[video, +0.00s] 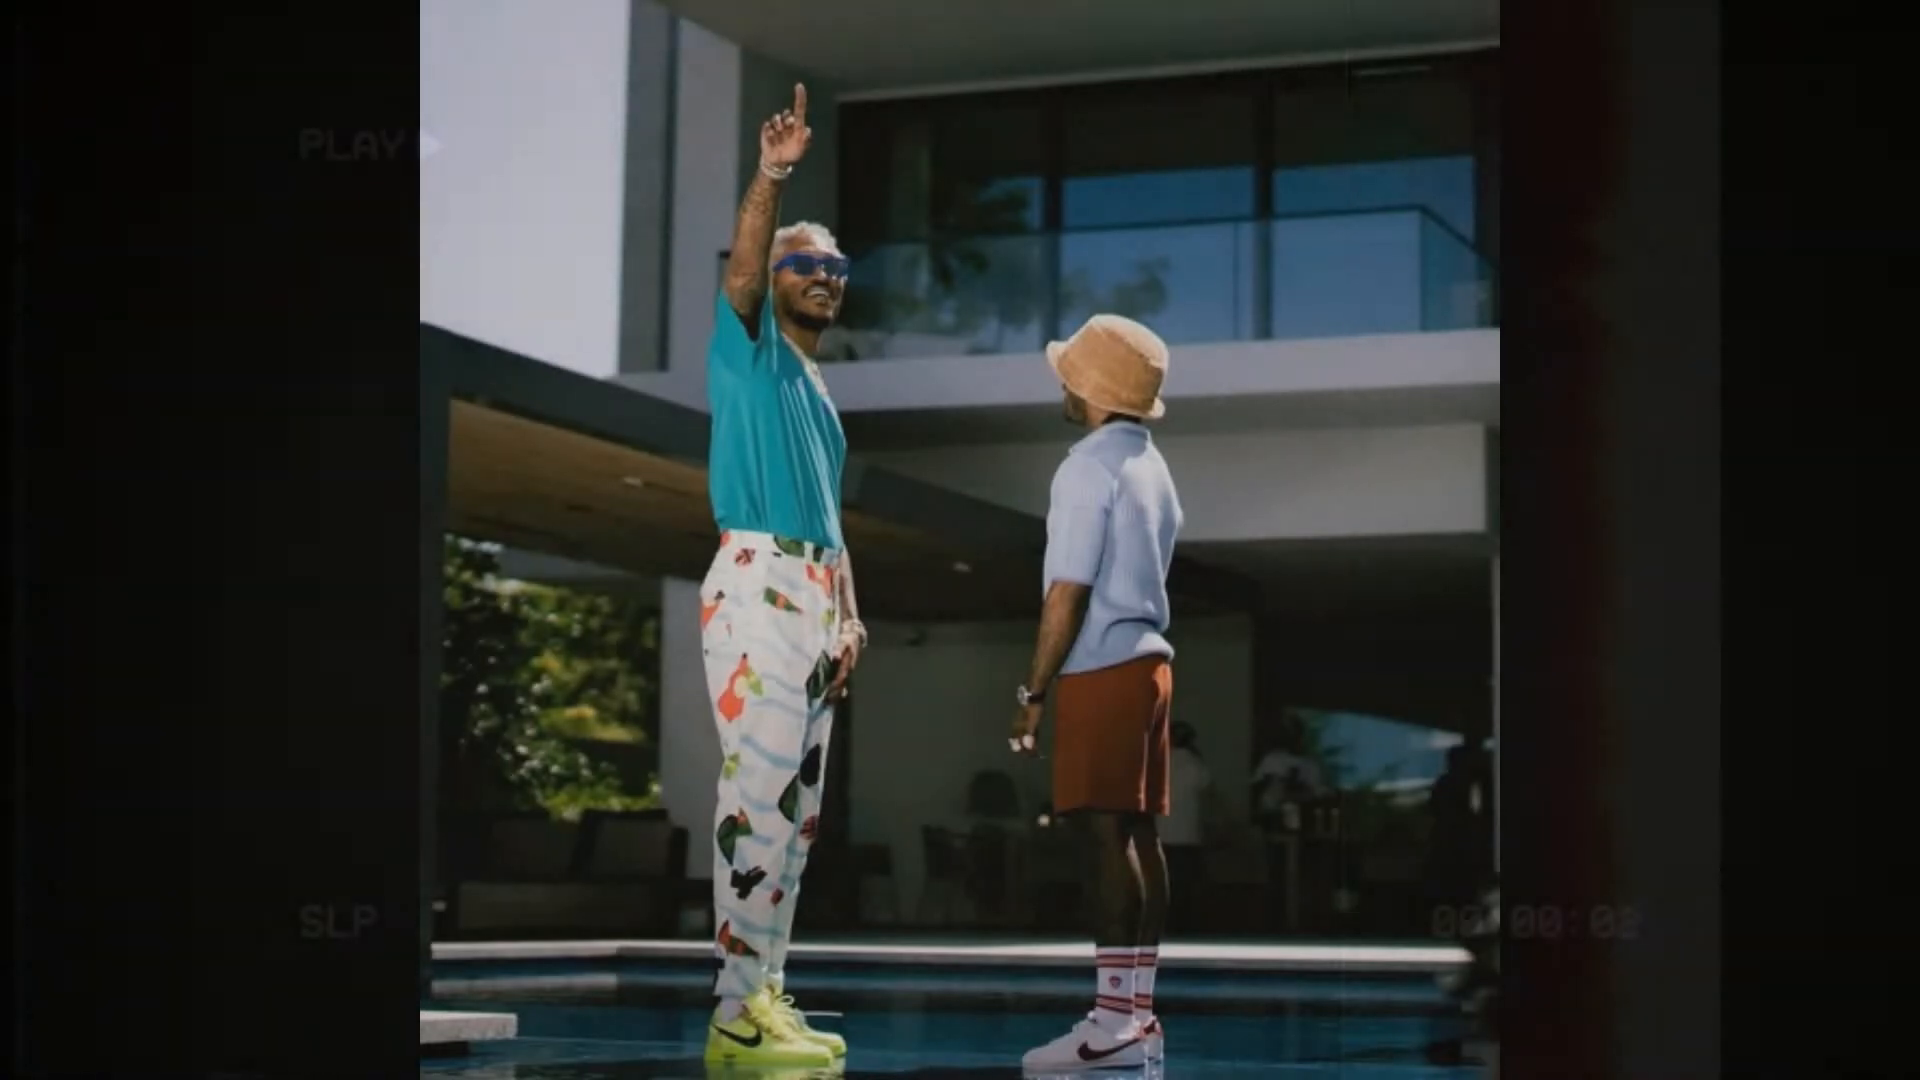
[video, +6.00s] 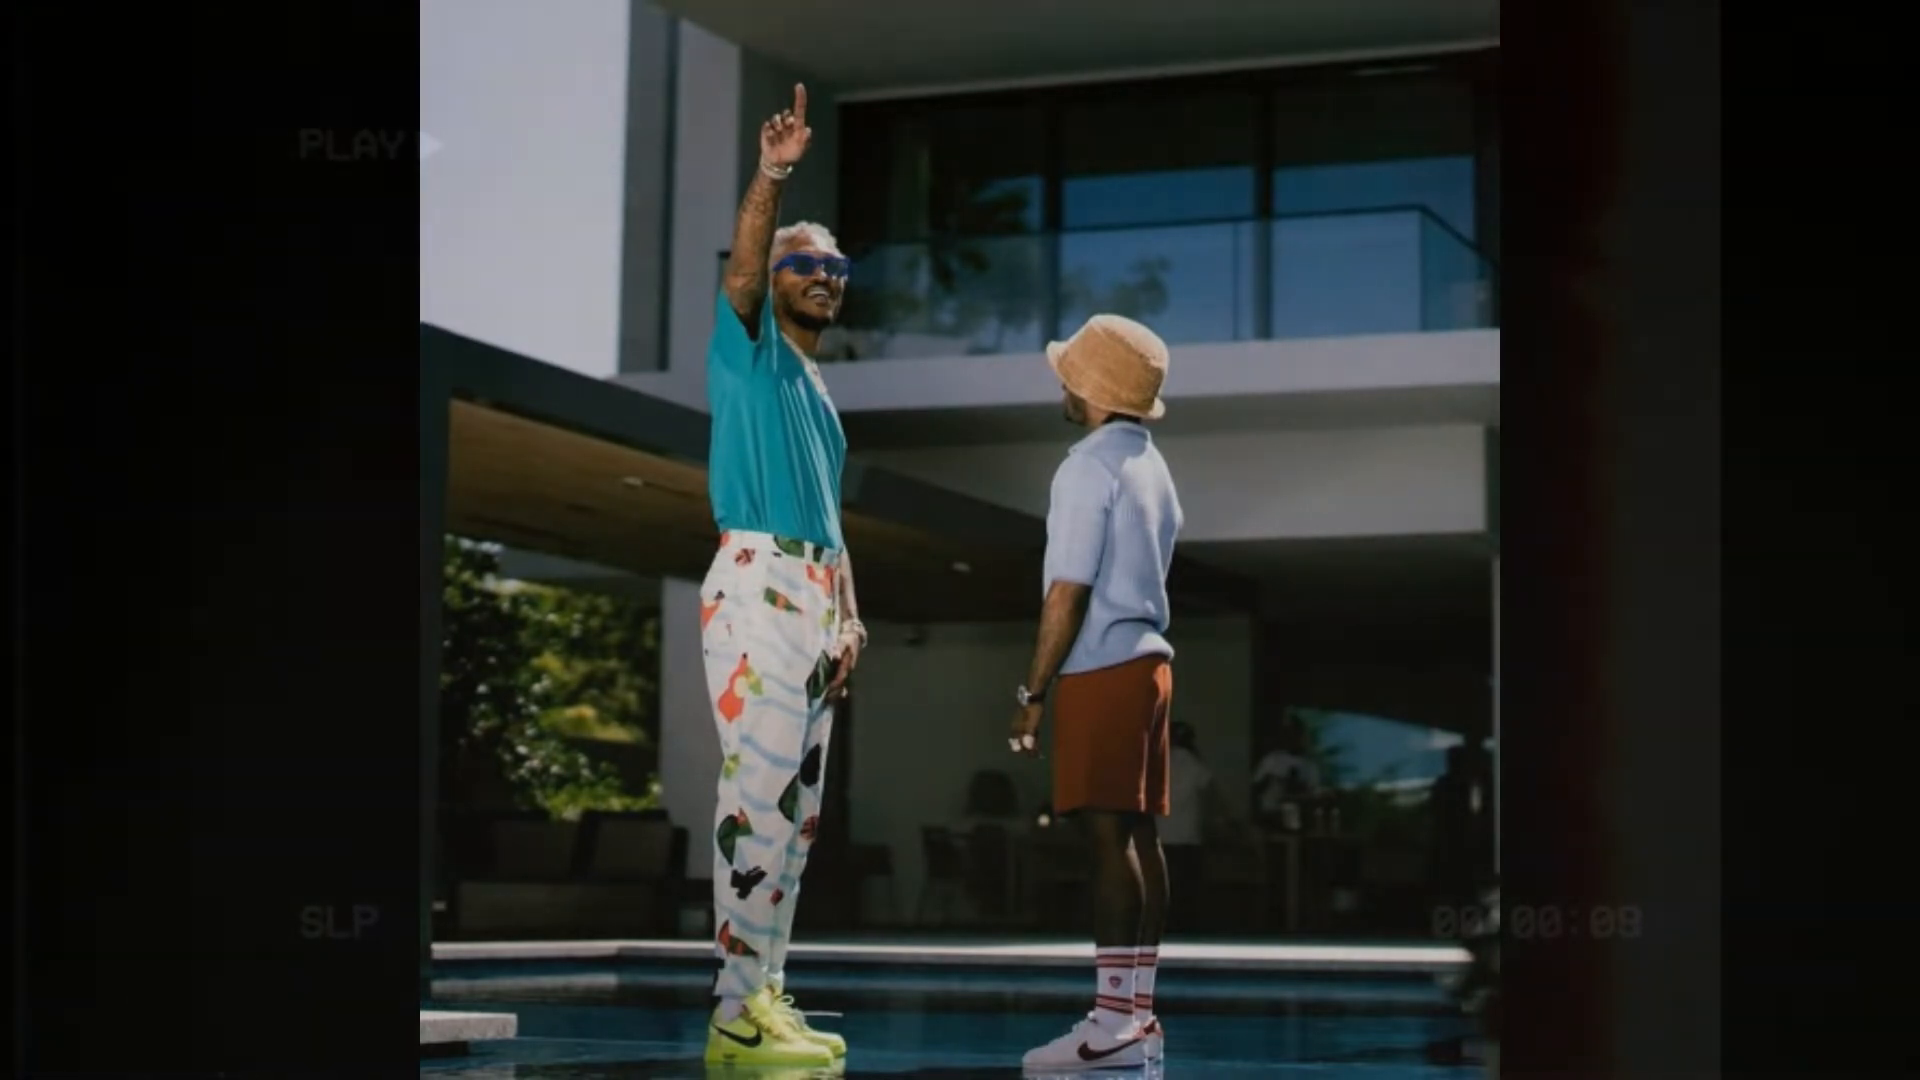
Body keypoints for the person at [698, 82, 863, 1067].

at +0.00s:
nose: (822, 281)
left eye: (833, 272)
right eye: (805, 267)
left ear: (842, 292)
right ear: (770, 279)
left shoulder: (819, 395)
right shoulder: (744, 344)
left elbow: (827, 521)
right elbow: (744, 266)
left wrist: (847, 613)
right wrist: (770, 173)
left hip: (813, 590)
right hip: (756, 582)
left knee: (793, 799)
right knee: (759, 793)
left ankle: (758, 1003)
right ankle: (746, 1006)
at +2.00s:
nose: (823, 281)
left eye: (834, 272)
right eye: (805, 267)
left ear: (842, 292)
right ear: (770, 278)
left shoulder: (820, 396)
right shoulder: (745, 344)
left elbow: (827, 522)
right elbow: (744, 267)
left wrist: (848, 613)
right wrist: (770, 173)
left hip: (814, 591)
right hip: (756, 582)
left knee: (793, 798)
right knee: (759, 792)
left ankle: (760, 1000)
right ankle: (745, 1006)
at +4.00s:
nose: (823, 283)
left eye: (834, 273)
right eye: (806, 268)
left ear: (841, 292)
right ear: (770, 278)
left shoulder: (818, 394)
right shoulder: (744, 343)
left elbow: (827, 520)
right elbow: (744, 267)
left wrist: (847, 612)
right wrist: (770, 173)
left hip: (813, 590)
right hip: (755, 581)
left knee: (793, 798)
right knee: (759, 793)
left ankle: (758, 1002)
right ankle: (745, 1007)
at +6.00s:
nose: (823, 283)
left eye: (834, 274)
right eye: (806, 268)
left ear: (841, 293)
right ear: (770, 278)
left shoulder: (818, 394)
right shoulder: (744, 343)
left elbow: (828, 520)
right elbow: (744, 268)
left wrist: (847, 612)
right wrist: (769, 174)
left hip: (814, 589)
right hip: (756, 581)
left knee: (794, 798)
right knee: (759, 791)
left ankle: (756, 1003)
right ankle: (746, 1003)